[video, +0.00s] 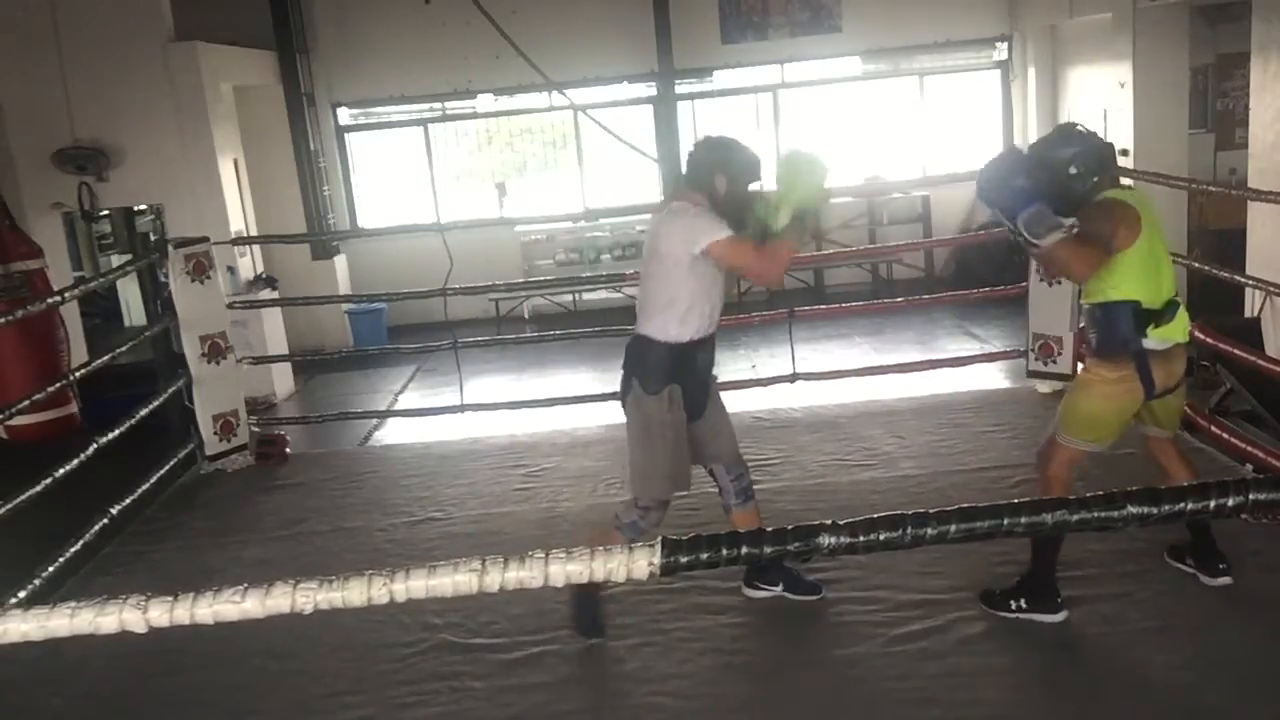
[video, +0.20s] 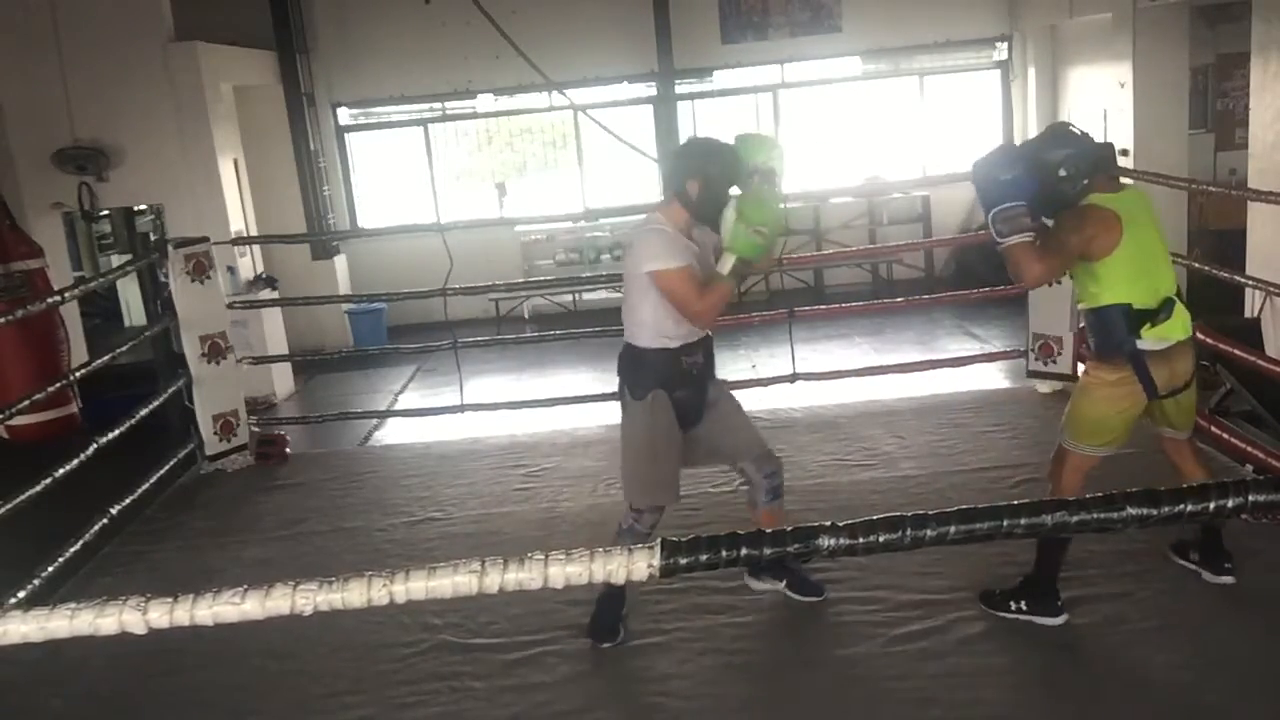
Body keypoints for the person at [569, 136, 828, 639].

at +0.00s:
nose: (743, 193)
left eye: (745, 184)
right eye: (739, 184)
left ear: (705, 177)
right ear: (716, 179)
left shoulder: (690, 216)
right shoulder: (687, 222)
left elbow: (749, 260)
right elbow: (768, 269)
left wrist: (767, 217)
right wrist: (795, 211)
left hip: (689, 368)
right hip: (656, 372)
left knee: (732, 472)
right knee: (651, 500)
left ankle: (760, 567)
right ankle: (586, 575)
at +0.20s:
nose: (725, 199)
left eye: (728, 189)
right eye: (719, 189)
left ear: (700, 188)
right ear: (692, 185)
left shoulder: (703, 237)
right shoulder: (652, 241)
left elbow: (747, 262)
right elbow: (701, 310)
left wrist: (759, 206)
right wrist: (739, 259)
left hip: (696, 378)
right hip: (650, 384)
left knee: (763, 469)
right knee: (647, 507)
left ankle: (773, 559)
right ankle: (611, 597)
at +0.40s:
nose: (743, 214)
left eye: (745, 205)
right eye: (736, 204)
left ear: (723, 201)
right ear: (707, 202)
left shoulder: (726, 239)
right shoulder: (656, 256)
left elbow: (764, 296)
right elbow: (689, 335)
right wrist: (736, 301)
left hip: (728, 379)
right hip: (673, 388)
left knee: (796, 469)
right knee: (648, 508)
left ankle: (846, 555)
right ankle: (612, 599)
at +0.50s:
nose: (774, 255)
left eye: (775, 244)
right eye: (767, 245)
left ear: (752, 247)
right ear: (734, 246)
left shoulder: (759, 283)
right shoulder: (676, 296)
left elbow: (791, 318)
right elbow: (703, 377)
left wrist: (824, 324)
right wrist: (757, 334)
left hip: (748, 403)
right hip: (689, 414)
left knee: (820, 475)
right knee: (652, 513)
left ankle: (884, 560)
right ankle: (614, 599)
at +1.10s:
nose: (783, 218)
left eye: (783, 207)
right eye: (777, 207)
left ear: (746, 209)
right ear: (751, 209)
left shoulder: (755, 263)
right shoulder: (700, 272)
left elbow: (763, 321)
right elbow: (743, 348)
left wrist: (799, 291)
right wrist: (795, 308)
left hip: (752, 395)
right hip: (703, 404)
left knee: (829, 470)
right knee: (674, 519)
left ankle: (893, 561)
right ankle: (616, 599)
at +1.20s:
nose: (805, 246)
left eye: (807, 236)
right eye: (804, 237)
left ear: (771, 219)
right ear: (788, 228)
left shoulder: (762, 264)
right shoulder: (747, 267)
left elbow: (790, 327)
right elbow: (791, 339)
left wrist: (826, 289)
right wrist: (825, 297)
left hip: (761, 401)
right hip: (721, 404)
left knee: (836, 484)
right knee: (693, 522)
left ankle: (902, 568)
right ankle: (617, 593)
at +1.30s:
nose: (841, 238)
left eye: (842, 228)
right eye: (837, 228)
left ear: (789, 226)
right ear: (816, 231)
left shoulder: (762, 266)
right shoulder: (787, 274)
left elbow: (819, 333)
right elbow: (838, 334)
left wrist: (846, 287)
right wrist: (855, 282)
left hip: (774, 411)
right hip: (738, 415)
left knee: (855, 483)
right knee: (725, 540)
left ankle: (908, 570)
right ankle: (626, 579)